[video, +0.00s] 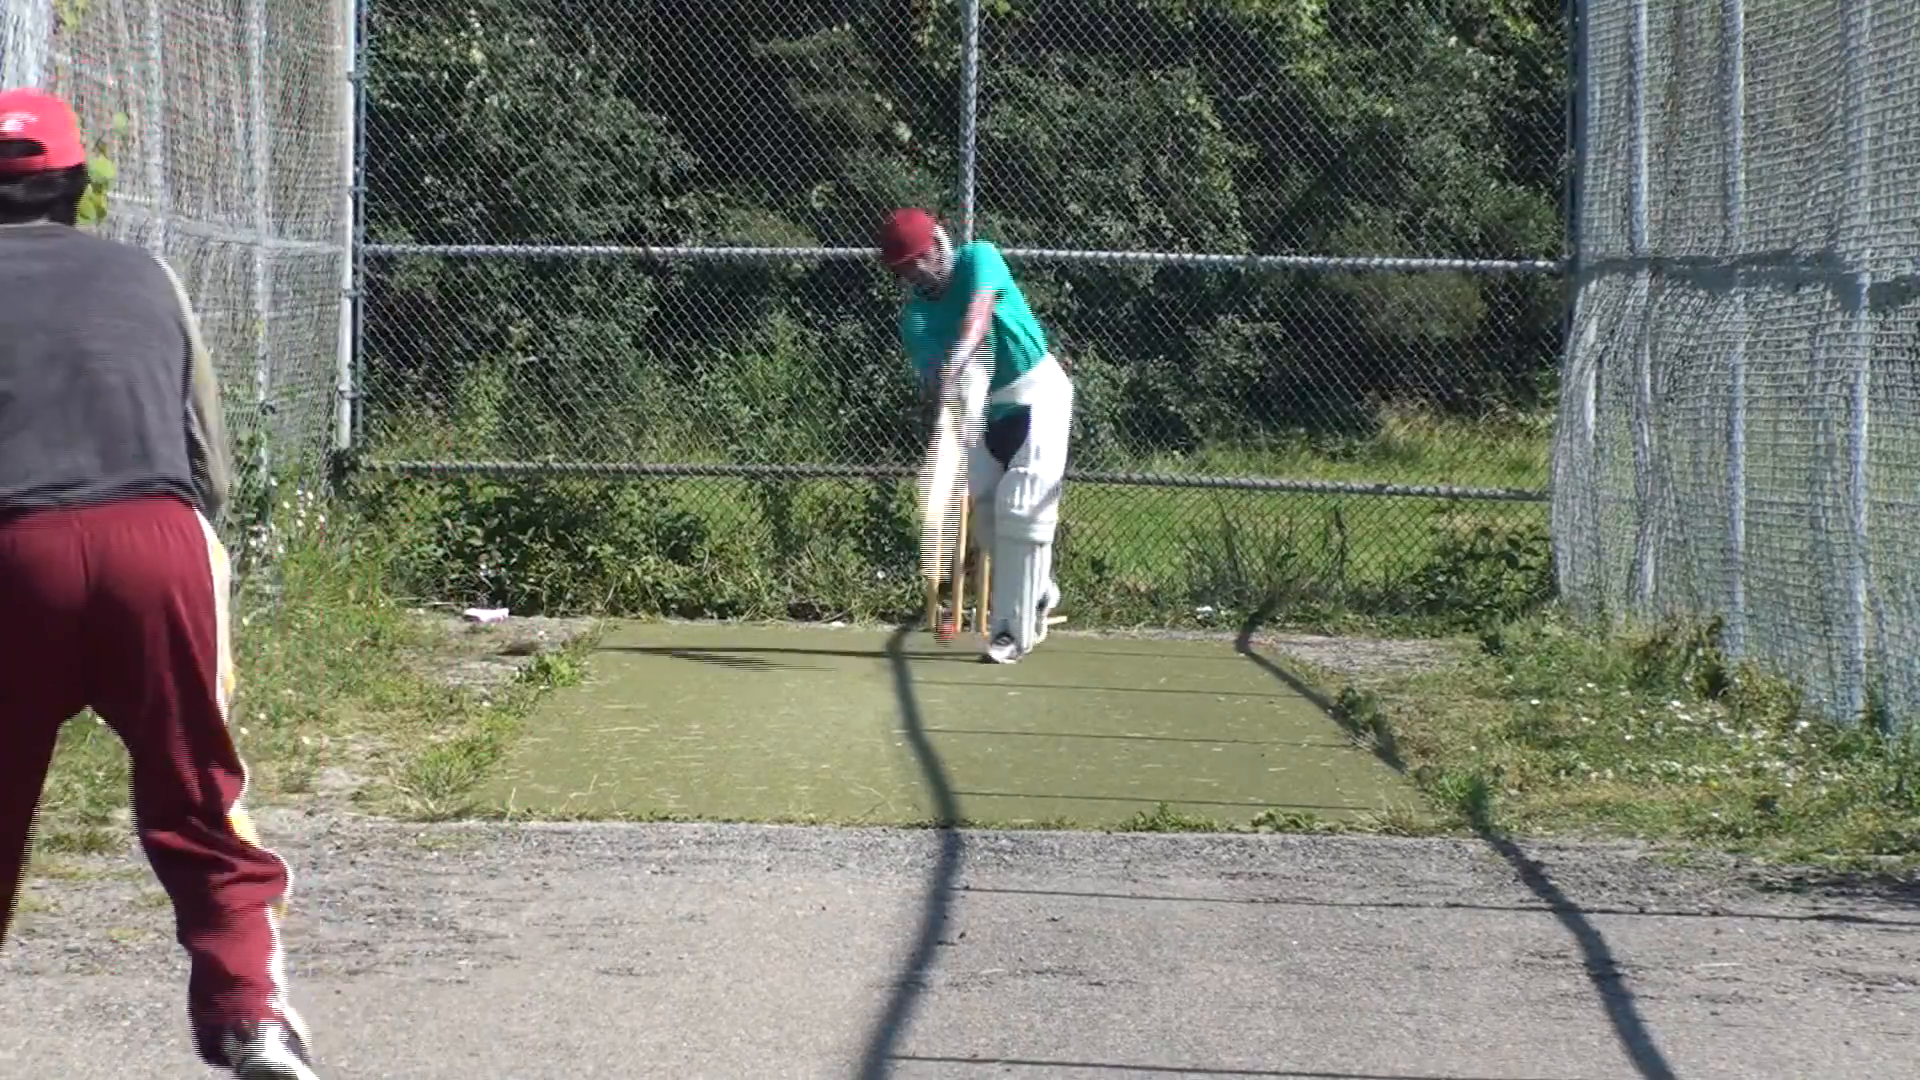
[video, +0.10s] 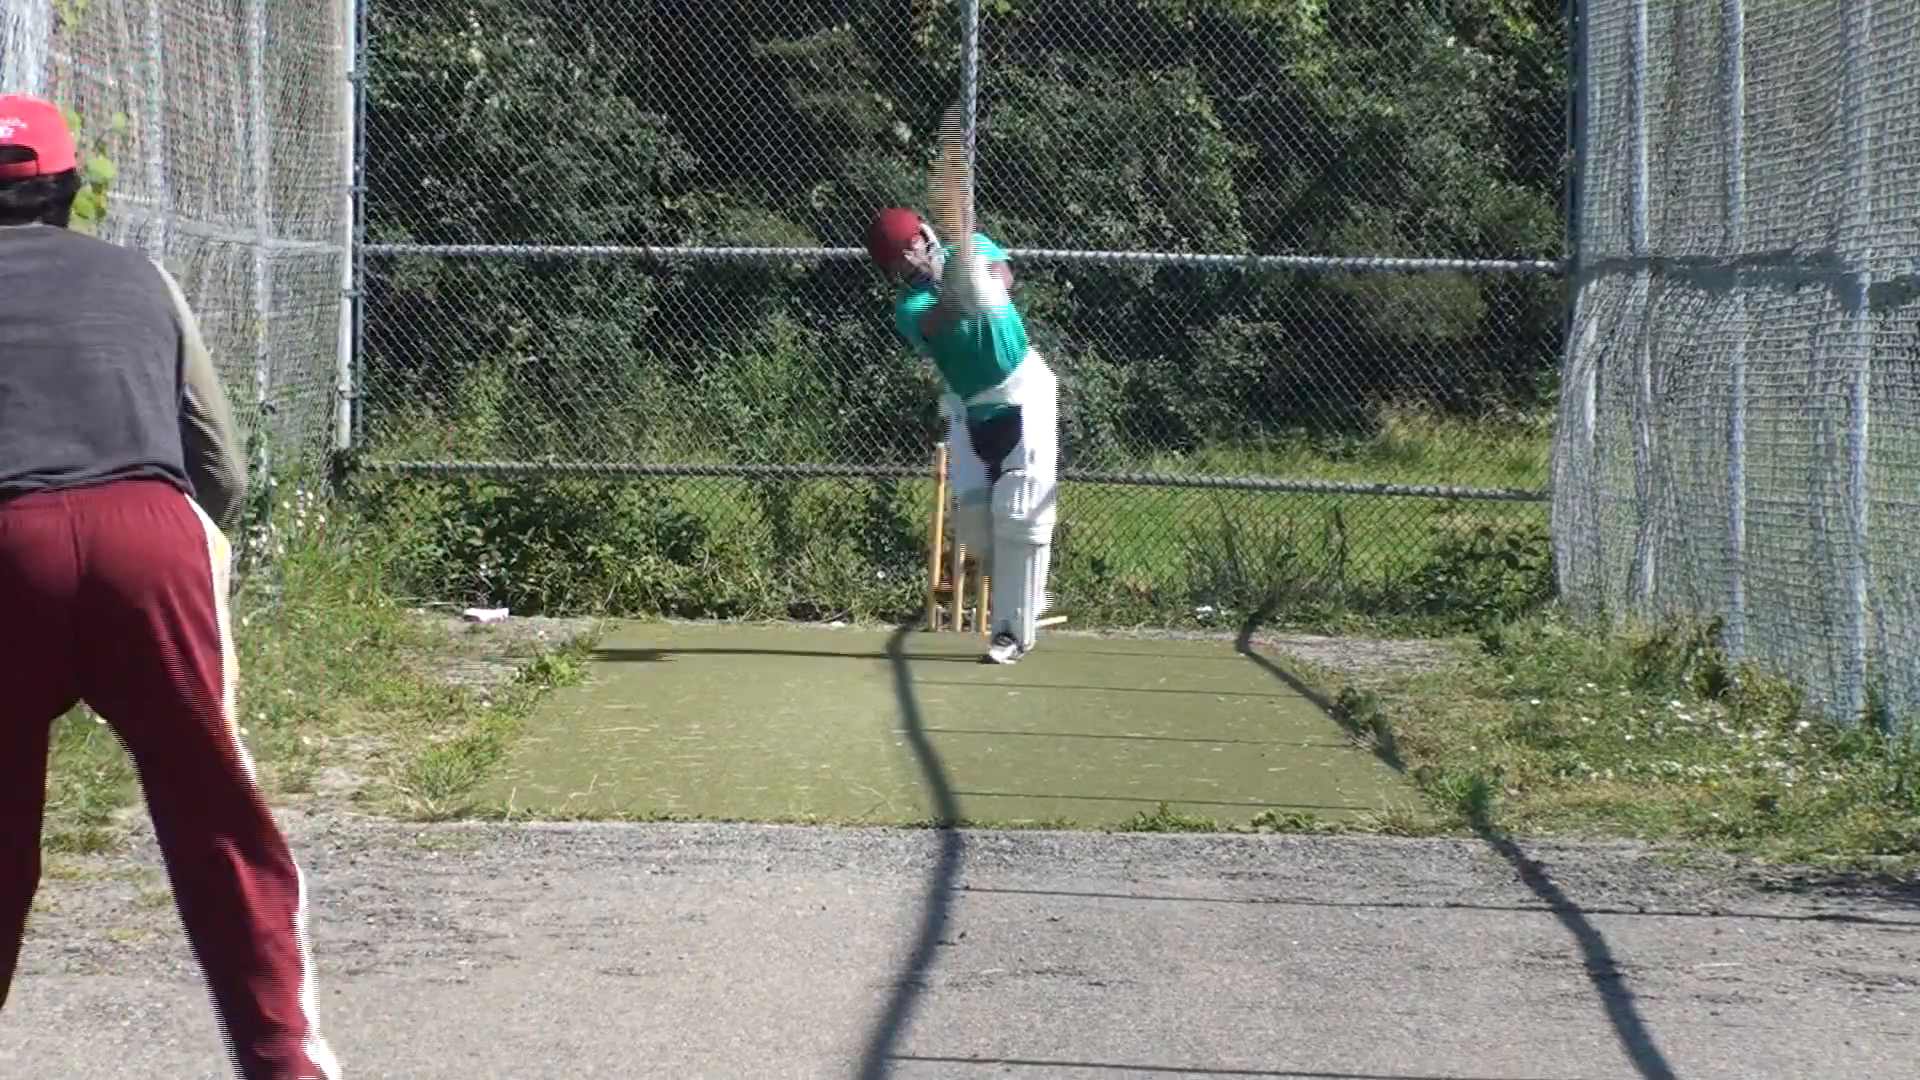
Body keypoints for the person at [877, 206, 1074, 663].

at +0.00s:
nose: (913, 274)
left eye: (918, 260)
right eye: (903, 269)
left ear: (939, 243)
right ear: (898, 272)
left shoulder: (979, 257)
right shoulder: (916, 319)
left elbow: (980, 310)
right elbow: (935, 380)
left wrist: (961, 355)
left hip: (1036, 392)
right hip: (983, 410)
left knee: (1021, 509)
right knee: (982, 508)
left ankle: (1011, 632)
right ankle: (1037, 593)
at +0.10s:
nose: (912, 261)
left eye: (913, 247)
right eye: (899, 259)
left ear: (926, 236)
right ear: (892, 269)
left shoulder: (971, 247)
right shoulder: (909, 307)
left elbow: (1004, 276)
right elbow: (938, 322)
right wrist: (954, 292)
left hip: (1023, 391)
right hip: (970, 407)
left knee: (1020, 516)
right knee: (970, 516)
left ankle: (1012, 632)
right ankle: (1025, 593)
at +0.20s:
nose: (900, 263)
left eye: (905, 248)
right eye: (888, 260)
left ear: (925, 234)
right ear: (879, 266)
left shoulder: (972, 250)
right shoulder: (892, 296)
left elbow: (1007, 280)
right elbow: (917, 308)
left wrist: (976, 267)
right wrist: (950, 251)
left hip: (1007, 393)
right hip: (946, 403)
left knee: (1016, 508)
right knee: (944, 506)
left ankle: (1002, 628)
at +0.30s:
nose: (889, 273)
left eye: (895, 260)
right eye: (878, 268)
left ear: (919, 244)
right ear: (871, 268)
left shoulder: (975, 267)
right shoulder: (886, 300)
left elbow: (1004, 315)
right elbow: (901, 338)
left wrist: (967, 312)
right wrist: (938, 297)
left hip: (987, 410)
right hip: (924, 415)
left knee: (999, 525)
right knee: (907, 513)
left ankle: (979, 625)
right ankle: (881, 628)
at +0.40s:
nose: (877, 295)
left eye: (883, 284)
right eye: (870, 289)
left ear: (909, 268)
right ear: (868, 287)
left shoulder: (961, 295)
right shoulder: (877, 323)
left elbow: (992, 356)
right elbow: (886, 384)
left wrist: (961, 371)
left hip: (967, 436)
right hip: (909, 439)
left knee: (976, 559)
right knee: (904, 531)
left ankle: (970, 626)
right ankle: (876, 640)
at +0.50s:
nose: (871, 309)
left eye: (876, 296)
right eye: (861, 304)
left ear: (901, 279)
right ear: (854, 303)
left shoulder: (953, 310)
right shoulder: (868, 342)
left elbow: (982, 379)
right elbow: (880, 406)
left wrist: (941, 410)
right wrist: (893, 432)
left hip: (966, 446)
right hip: (910, 451)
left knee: (974, 570)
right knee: (901, 535)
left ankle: (960, 625)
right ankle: (874, 641)